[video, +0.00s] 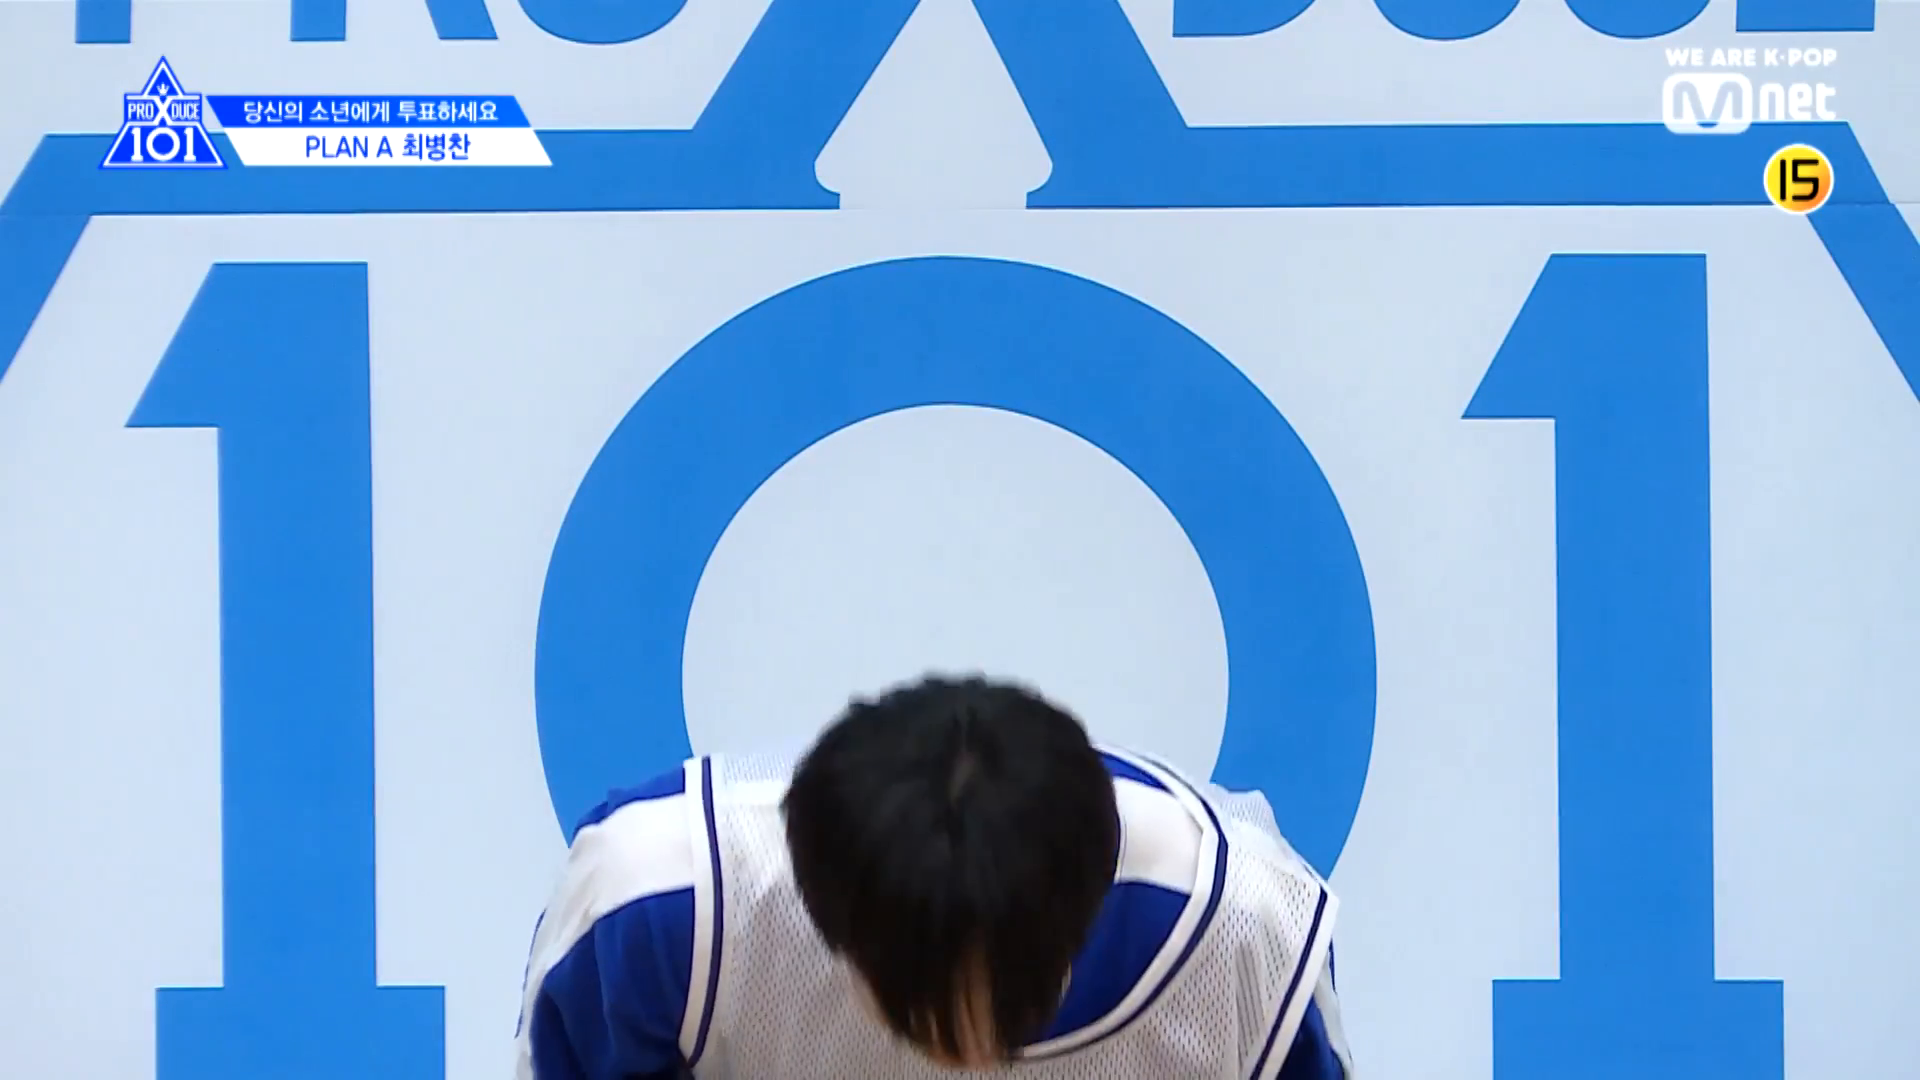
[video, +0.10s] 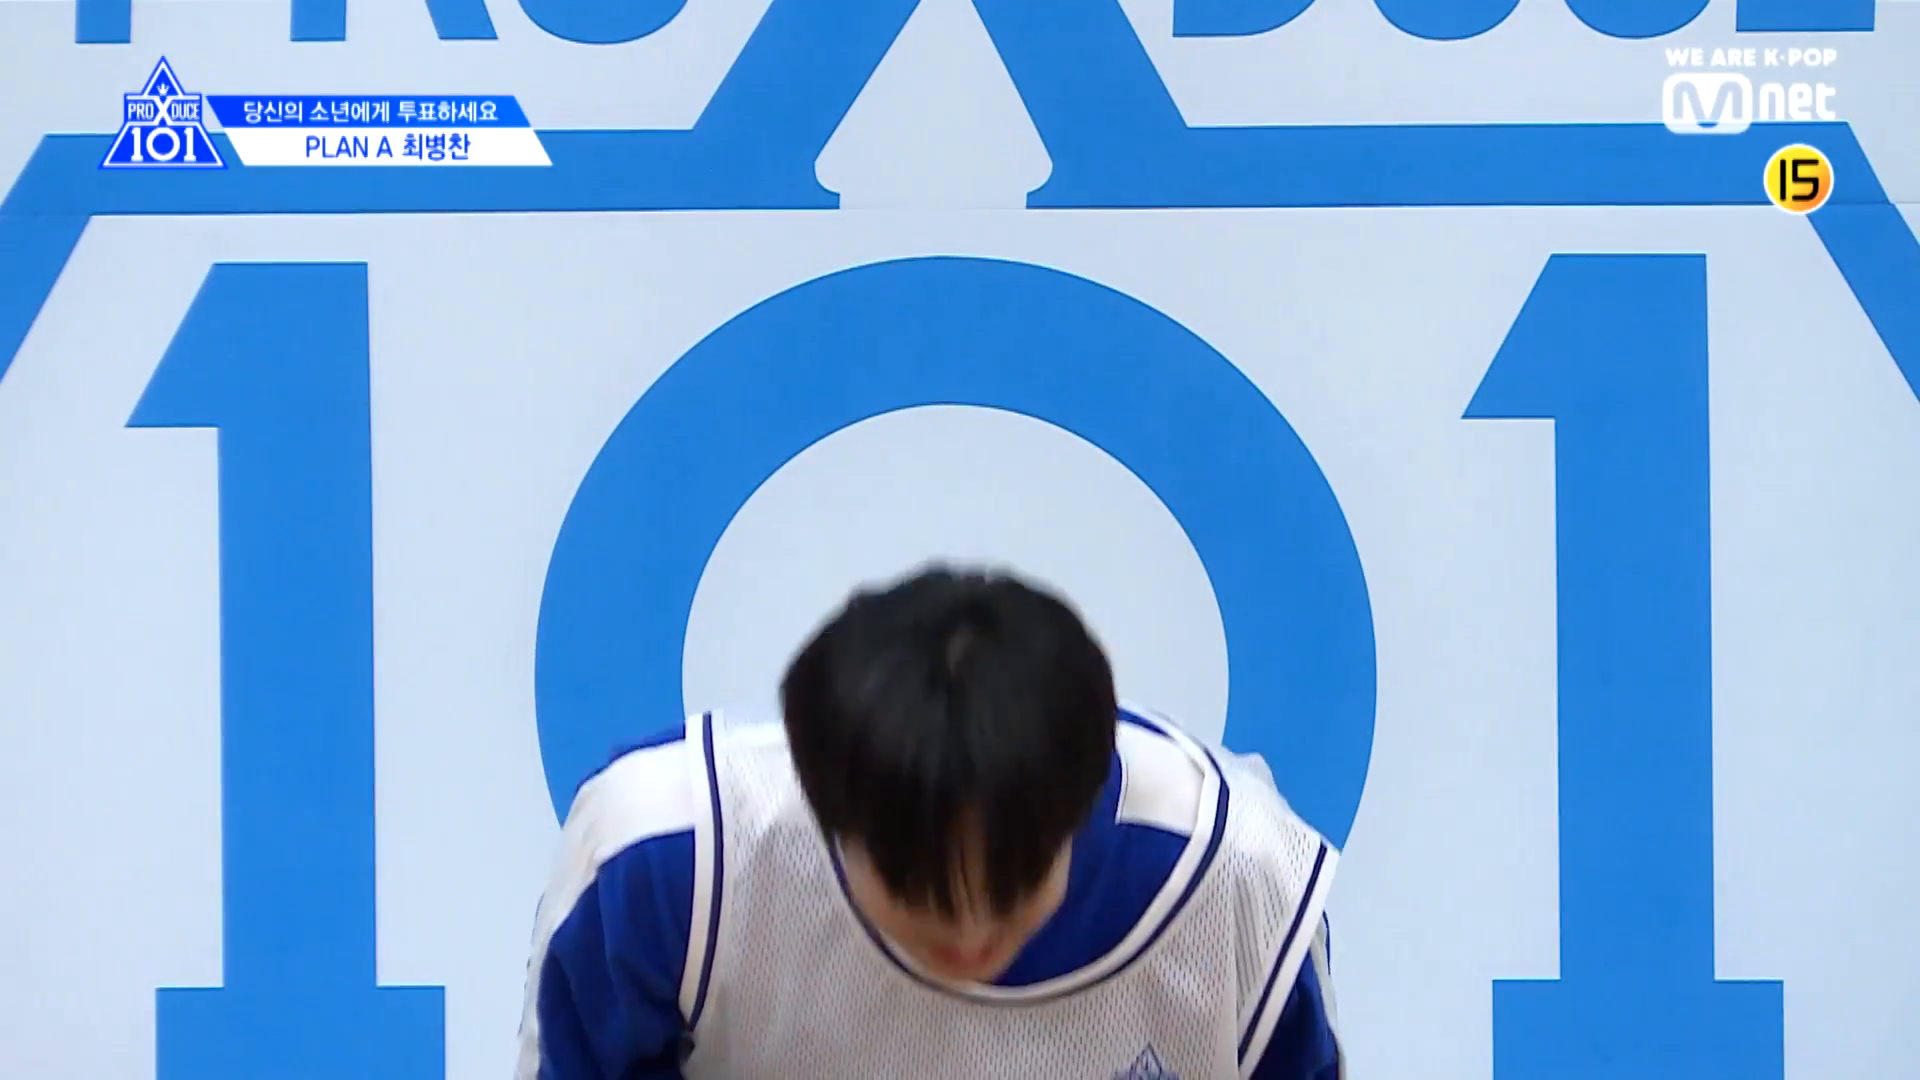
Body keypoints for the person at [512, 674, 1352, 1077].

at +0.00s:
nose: (973, 1050)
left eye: (1020, 1001)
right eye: (920, 1010)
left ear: (1086, 916)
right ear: (835, 926)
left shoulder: (1252, 957)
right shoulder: (646, 932)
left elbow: (1307, 1064)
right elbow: (569, 1061)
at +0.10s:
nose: (972, 942)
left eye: (1019, 891)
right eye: (917, 898)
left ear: (1083, 813)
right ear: (833, 823)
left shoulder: (1246, 897)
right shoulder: (659, 873)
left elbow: (1295, 1062)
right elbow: (581, 1058)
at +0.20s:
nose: (968, 799)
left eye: (1019, 737)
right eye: (913, 742)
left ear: (1088, 678)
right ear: (831, 685)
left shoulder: (1241, 833)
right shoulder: (664, 815)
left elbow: (1286, 1062)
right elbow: (591, 1060)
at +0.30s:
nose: (968, 650)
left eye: (1016, 579)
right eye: (916, 582)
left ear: (1084, 551)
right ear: (826, 558)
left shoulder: (1247, 779)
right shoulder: (671, 767)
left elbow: (1271, 1068)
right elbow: (593, 1066)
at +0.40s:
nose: (963, 510)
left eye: (1012, 452)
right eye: (908, 453)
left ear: (1079, 469)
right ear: (824, 475)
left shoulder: (1247, 737)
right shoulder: (674, 725)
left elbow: (1260, 1058)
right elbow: (591, 1055)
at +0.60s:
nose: (947, 378)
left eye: (995, 332)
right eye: (891, 333)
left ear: (1059, 381)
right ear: (807, 389)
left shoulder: (1225, 689)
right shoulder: (669, 681)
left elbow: (1241, 1058)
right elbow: (587, 1050)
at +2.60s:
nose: (968, 321)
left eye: (1017, 275)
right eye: (913, 273)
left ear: (1078, 322)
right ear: (824, 321)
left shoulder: (1232, 634)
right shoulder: (677, 639)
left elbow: (1238, 1051)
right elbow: (615, 1048)